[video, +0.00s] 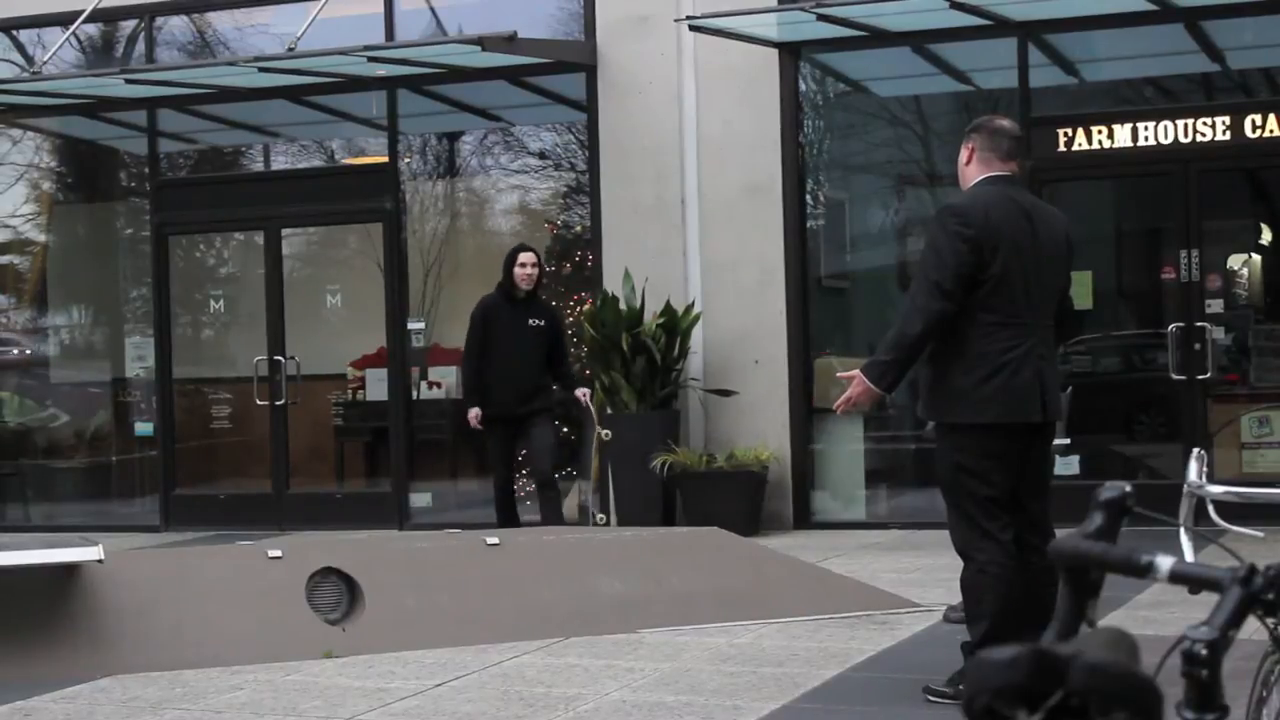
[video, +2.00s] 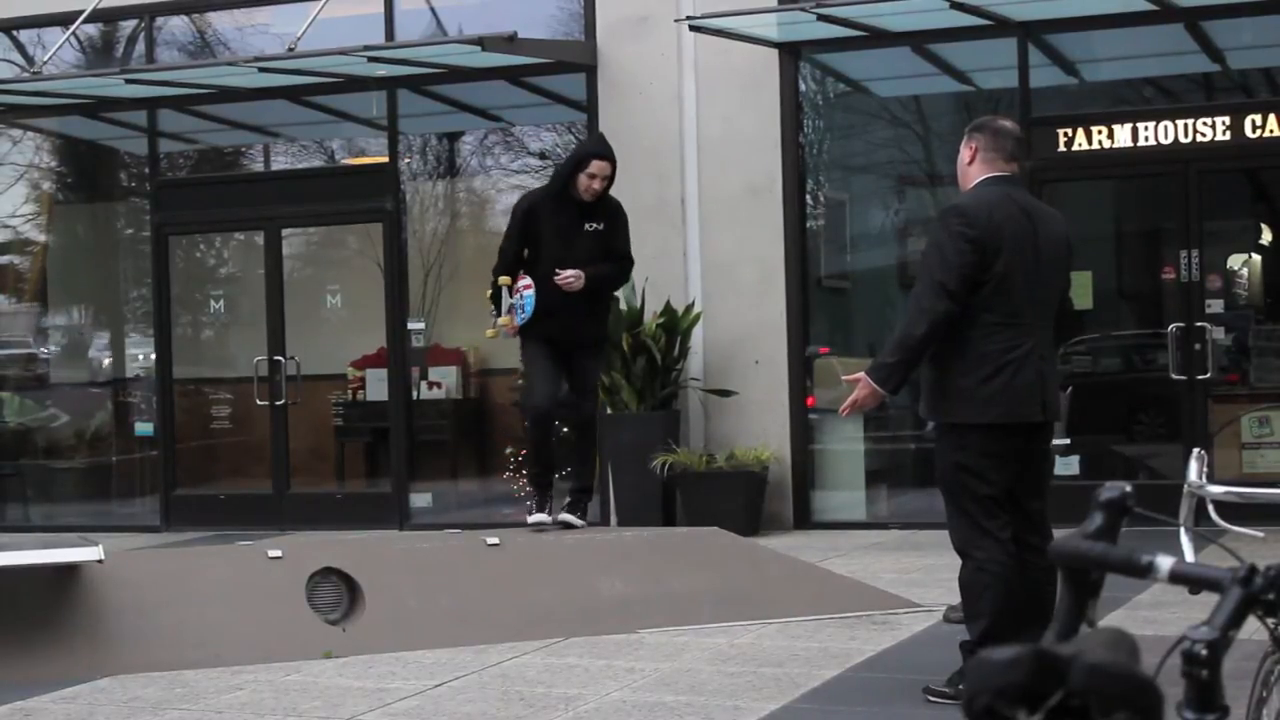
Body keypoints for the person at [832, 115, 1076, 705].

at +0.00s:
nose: (957, 166)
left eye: (959, 157)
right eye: (960, 158)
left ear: (969, 155)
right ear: (1020, 163)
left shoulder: (963, 215)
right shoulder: (1049, 221)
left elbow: (928, 307)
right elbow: (1065, 317)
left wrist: (877, 375)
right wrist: (1021, 349)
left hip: (972, 407)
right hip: (1033, 407)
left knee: (982, 539)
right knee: (1029, 533)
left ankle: (987, 674)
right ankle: (1032, 667)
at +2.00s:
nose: (956, 165)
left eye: (958, 155)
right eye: (959, 156)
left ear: (971, 153)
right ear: (1019, 161)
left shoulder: (965, 217)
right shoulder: (1048, 221)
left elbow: (931, 308)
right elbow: (1065, 317)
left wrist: (882, 376)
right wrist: (1023, 350)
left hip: (973, 408)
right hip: (1032, 407)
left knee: (981, 538)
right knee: (1027, 532)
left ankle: (986, 674)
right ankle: (1028, 667)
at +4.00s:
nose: (940, 168)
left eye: (945, 155)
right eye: (942, 157)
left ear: (971, 155)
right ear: (993, 155)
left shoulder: (967, 217)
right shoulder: (1042, 221)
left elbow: (938, 312)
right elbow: (1055, 318)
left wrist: (890, 378)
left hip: (975, 408)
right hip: (1031, 407)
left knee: (983, 539)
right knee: (1028, 533)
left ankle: (987, 675)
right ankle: (1027, 666)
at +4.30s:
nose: (938, 167)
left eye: (943, 156)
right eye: (940, 156)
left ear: (969, 156)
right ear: (991, 156)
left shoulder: (966, 218)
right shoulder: (1037, 219)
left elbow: (938, 311)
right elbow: (1040, 316)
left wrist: (890, 377)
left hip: (975, 408)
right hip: (1029, 406)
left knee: (981, 539)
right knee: (1026, 532)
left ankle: (987, 674)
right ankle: (1027, 665)